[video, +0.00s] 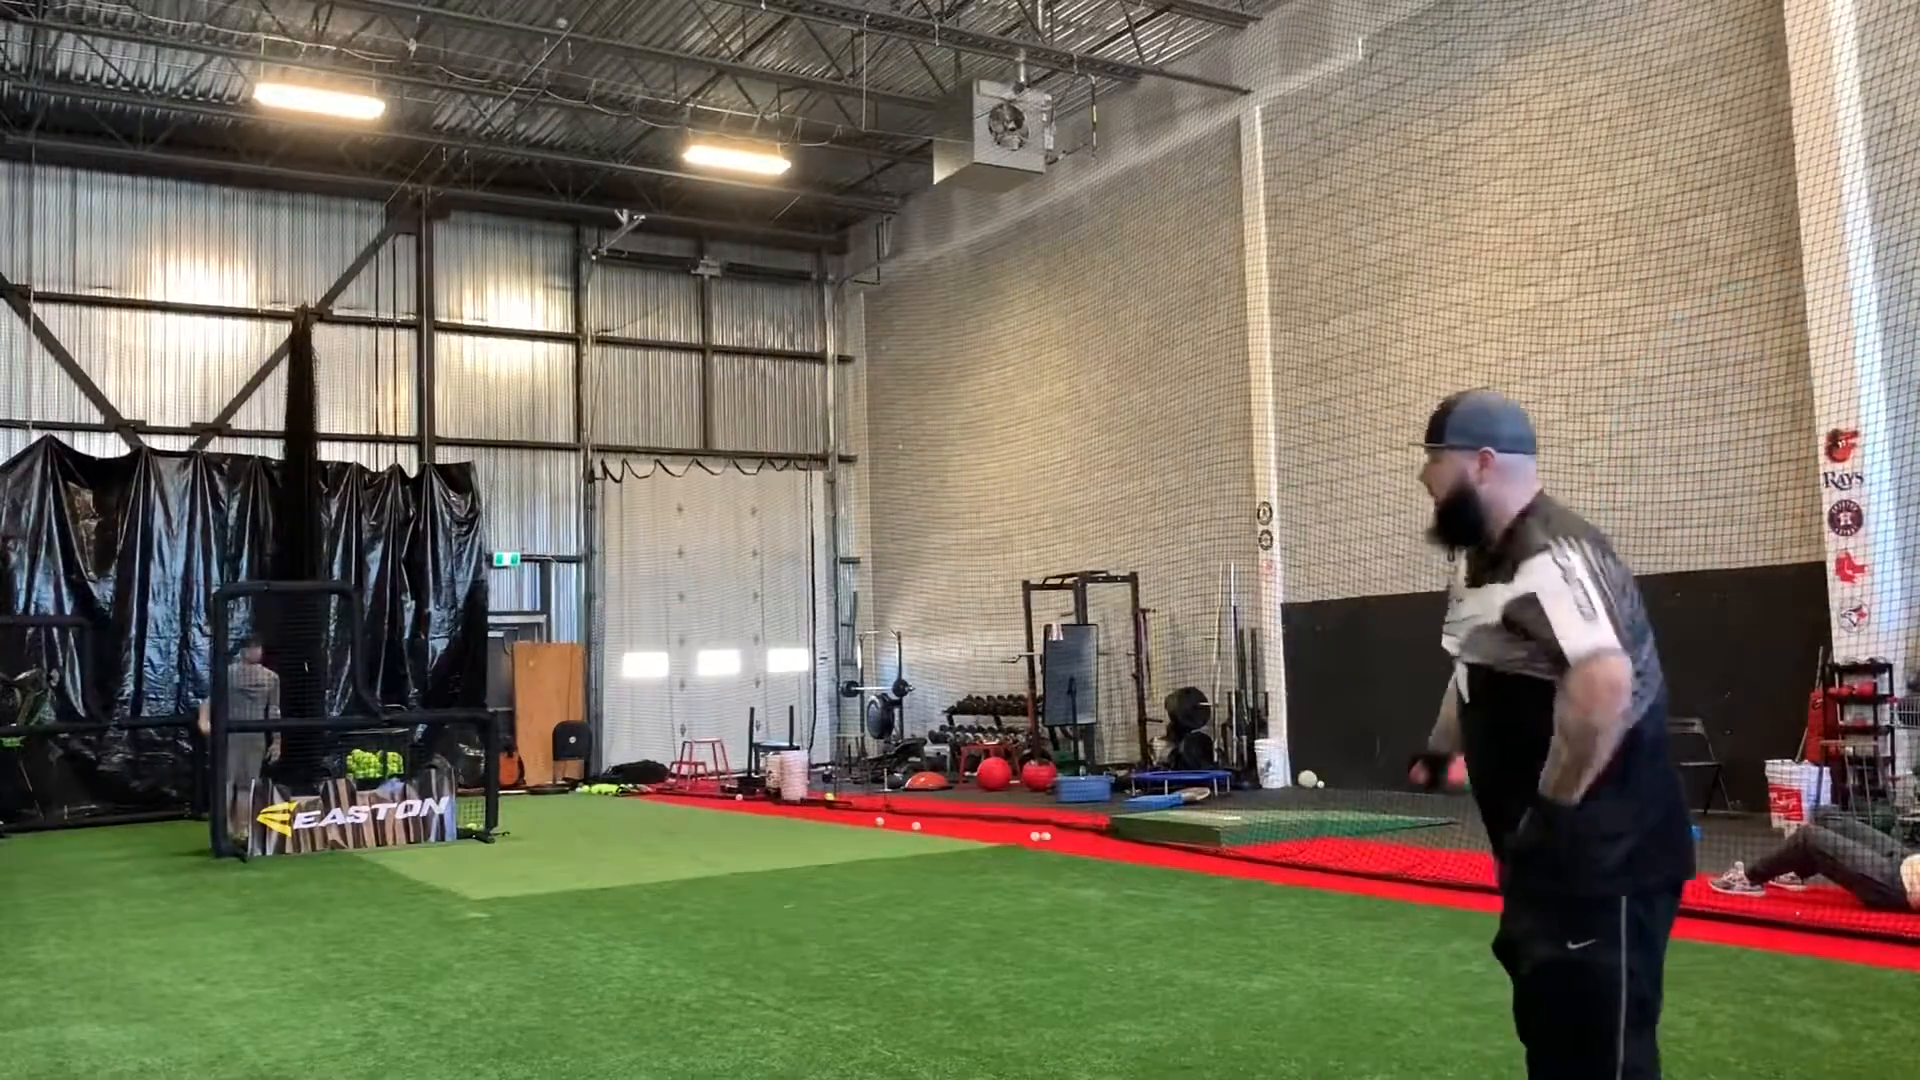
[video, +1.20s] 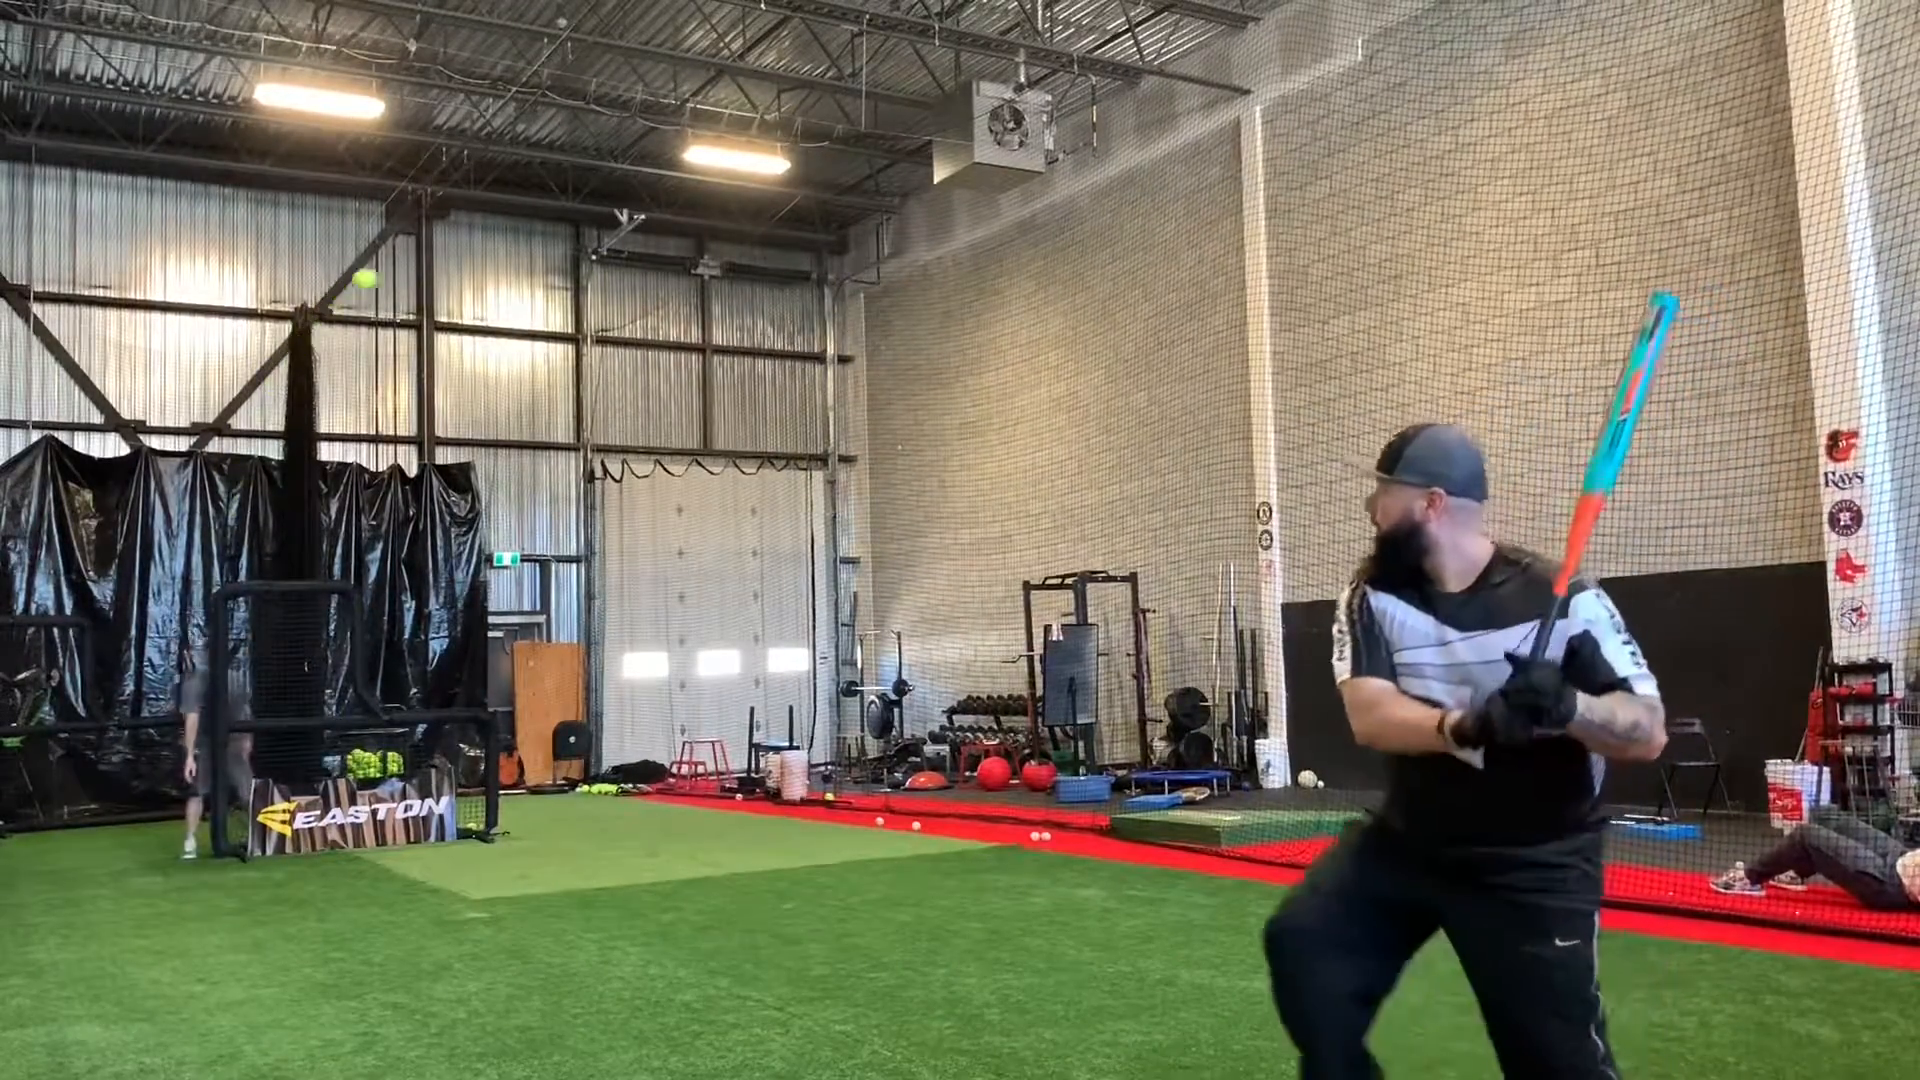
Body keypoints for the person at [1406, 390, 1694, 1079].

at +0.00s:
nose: (1425, 479)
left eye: (1436, 461)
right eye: (1428, 462)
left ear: (1484, 462)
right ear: (1482, 465)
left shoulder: (1550, 550)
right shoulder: (1487, 554)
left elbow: (1604, 682)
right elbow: (1473, 667)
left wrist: (1554, 802)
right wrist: (1440, 748)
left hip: (1603, 865)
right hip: (1555, 858)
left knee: (1601, 1058)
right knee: (1560, 1050)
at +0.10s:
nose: (1444, 472)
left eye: (1455, 452)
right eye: (1446, 454)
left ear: (1503, 456)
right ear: (1501, 457)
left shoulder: (1583, 562)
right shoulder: (1486, 559)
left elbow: (1625, 720)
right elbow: (1462, 689)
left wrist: (1526, 832)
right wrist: (1428, 804)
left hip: (1615, 868)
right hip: (1549, 861)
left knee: (1609, 1059)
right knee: (1554, 1054)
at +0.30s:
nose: (1468, 463)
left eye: (1479, 442)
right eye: (1469, 446)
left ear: (1531, 441)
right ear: (1526, 445)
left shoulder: (1648, 542)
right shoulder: (1486, 552)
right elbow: (1418, 650)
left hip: (1622, 874)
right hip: (1522, 867)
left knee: (1613, 1059)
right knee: (1535, 1056)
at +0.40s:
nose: (1466, 464)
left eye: (1476, 443)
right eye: (1467, 447)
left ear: (1528, 441)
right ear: (1523, 445)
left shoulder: (1651, 540)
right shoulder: (1479, 553)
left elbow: (1697, 677)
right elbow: (1430, 680)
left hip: (1615, 883)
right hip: (1505, 872)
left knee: (1610, 1057)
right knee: (1501, 1052)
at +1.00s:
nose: (1411, 475)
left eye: (1425, 458)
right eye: (1416, 458)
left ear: (1476, 465)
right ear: (1473, 467)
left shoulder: (1602, 567)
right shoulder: (1415, 566)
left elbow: (1667, 713)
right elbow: (1382, 682)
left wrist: (1575, 642)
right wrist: (1475, 653)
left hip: (1570, 901)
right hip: (1450, 890)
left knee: (1579, 1064)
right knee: (1440, 1050)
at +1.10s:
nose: (1394, 490)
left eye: (1406, 473)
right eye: (1399, 474)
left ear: (1456, 482)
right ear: (1454, 483)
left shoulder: (1590, 583)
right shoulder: (1398, 580)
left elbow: (1663, 722)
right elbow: (1381, 699)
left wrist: (1580, 678)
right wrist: (1478, 689)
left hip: (1558, 874)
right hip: (1431, 859)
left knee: (1583, 1062)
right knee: (1362, 998)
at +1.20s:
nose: (1372, 506)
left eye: (1383, 489)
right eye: (1375, 490)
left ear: (1431, 503)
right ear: (1428, 505)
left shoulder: (1566, 599)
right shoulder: (1373, 599)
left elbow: (1648, 733)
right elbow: (1369, 717)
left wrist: (1572, 708)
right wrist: (1465, 725)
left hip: (1532, 864)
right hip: (1406, 847)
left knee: (1558, 1058)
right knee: (1303, 946)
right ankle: (1343, 1070)